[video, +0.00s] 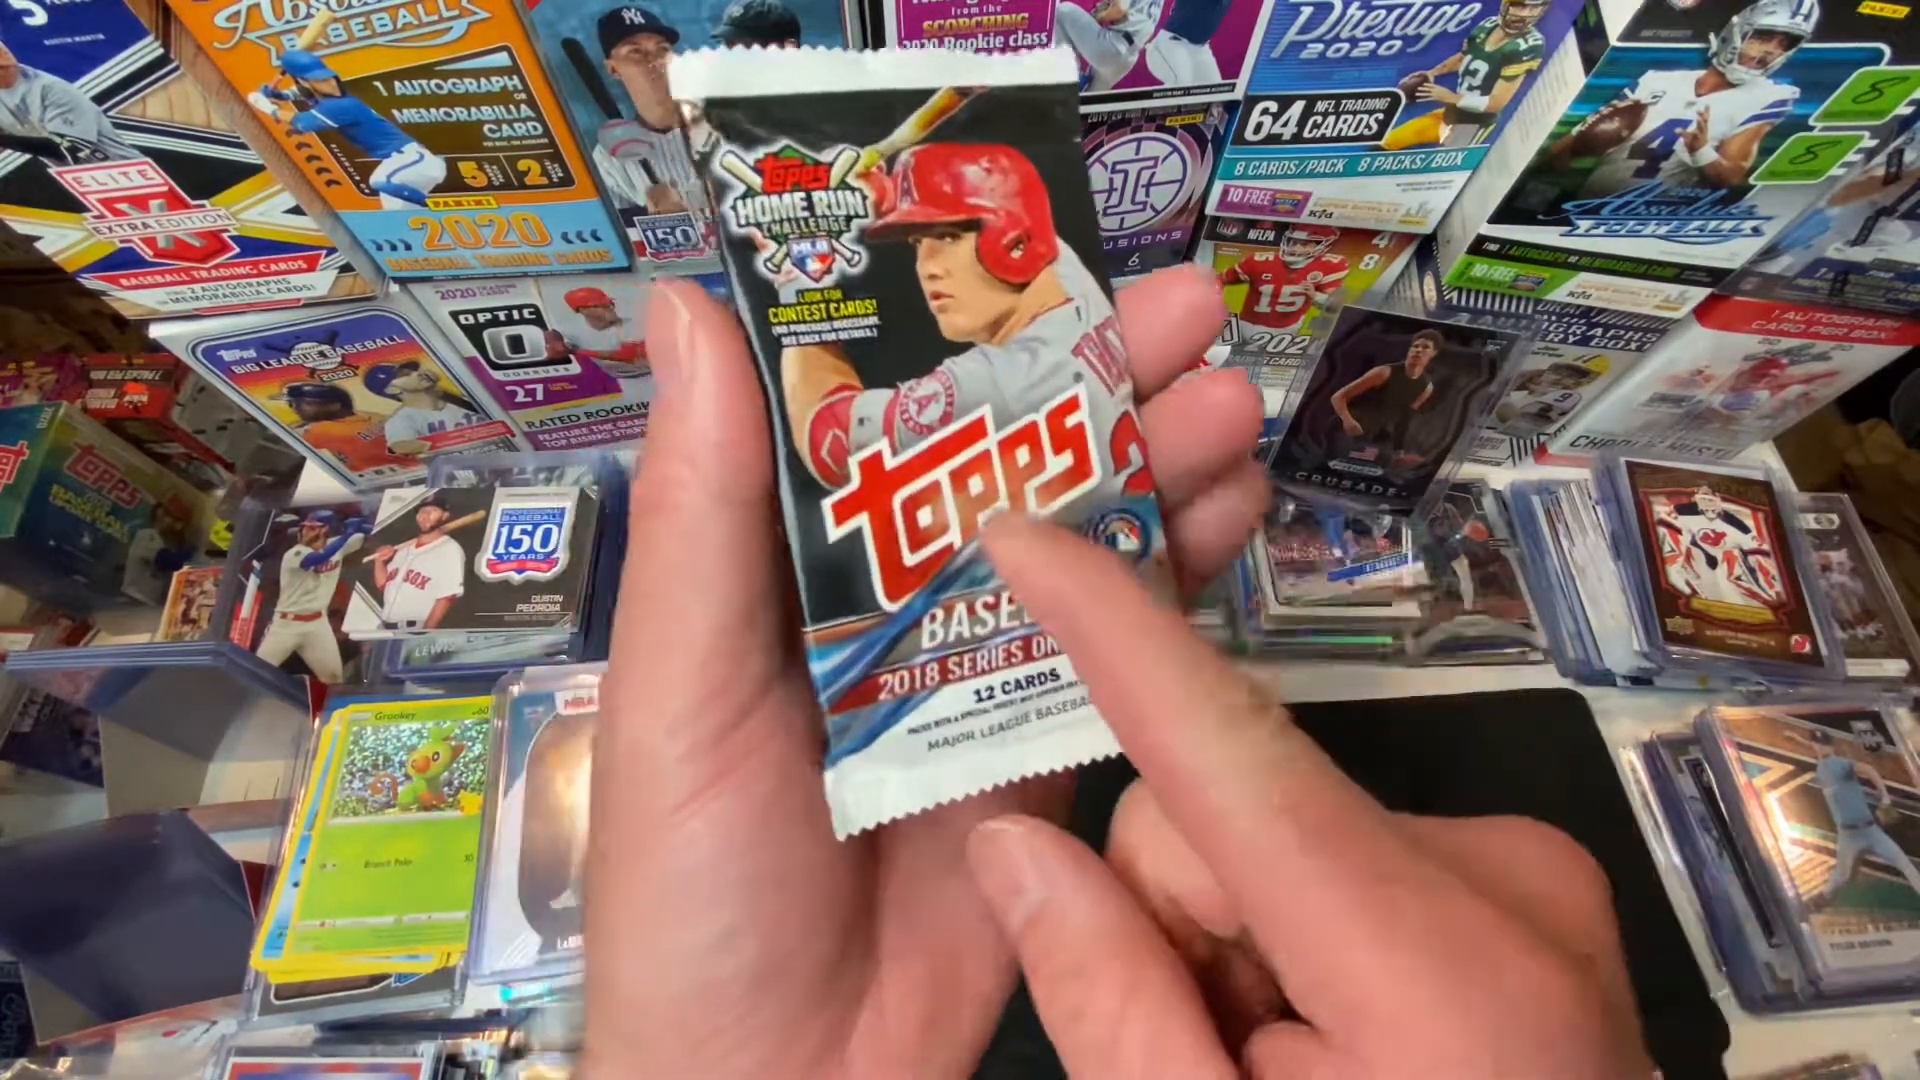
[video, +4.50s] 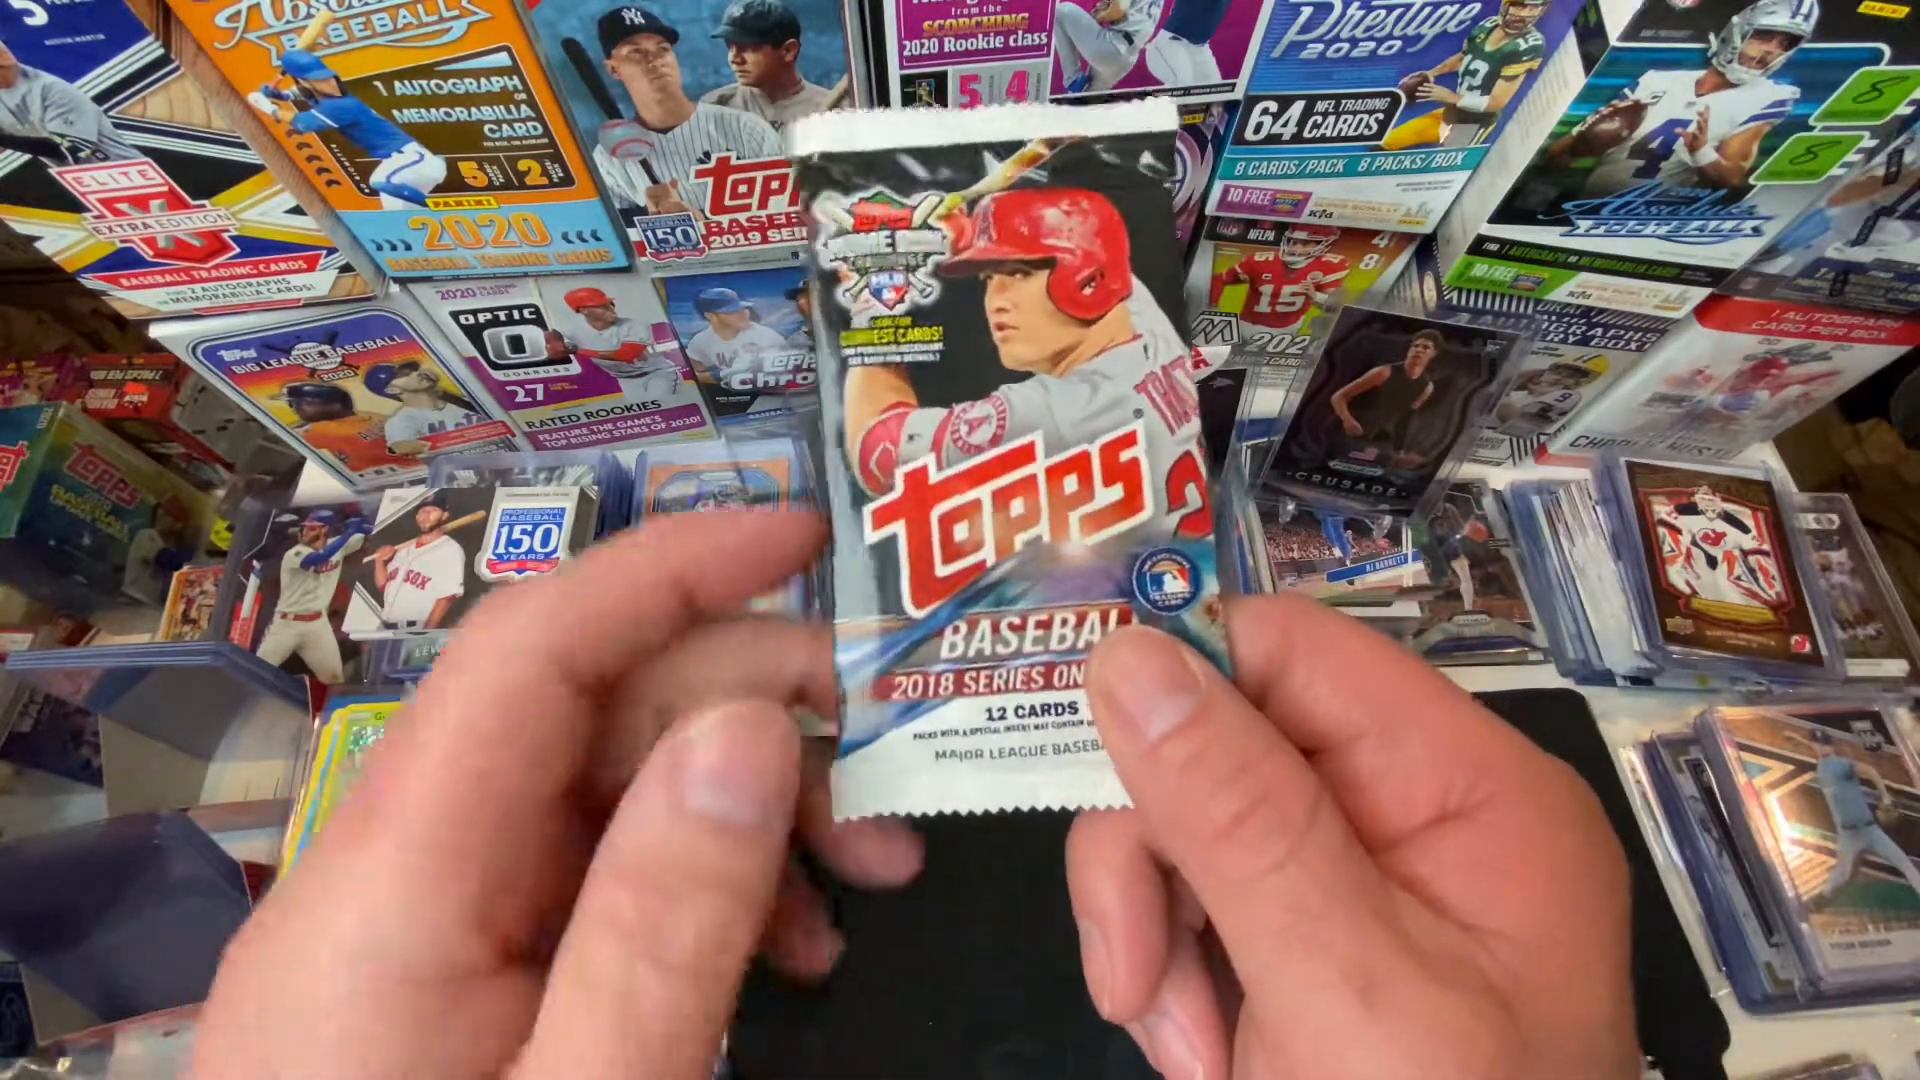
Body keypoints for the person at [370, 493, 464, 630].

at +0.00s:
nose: (425, 516)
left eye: (432, 511)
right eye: (422, 511)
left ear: (445, 516)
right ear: (416, 515)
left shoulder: (451, 550)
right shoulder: (405, 548)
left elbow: (446, 598)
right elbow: (383, 585)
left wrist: (425, 633)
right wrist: (379, 561)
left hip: (415, 630)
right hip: (385, 627)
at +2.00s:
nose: (426, 516)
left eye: (432, 511)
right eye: (422, 511)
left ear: (445, 516)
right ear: (416, 516)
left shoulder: (451, 550)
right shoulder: (404, 548)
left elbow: (447, 598)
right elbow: (382, 584)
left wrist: (425, 633)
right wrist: (380, 561)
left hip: (416, 631)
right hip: (386, 628)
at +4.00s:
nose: (425, 516)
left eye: (432, 511)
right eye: (422, 511)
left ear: (444, 516)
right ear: (416, 516)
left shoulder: (451, 550)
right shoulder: (406, 548)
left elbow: (446, 599)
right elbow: (382, 585)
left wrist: (424, 635)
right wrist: (379, 561)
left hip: (415, 631)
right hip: (386, 627)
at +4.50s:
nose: (425, 516)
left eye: (432, 511)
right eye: (422, 511)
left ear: (444, 516)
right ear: (416, 516)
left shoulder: (451, 549)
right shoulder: (405, 549)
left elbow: (446, 598)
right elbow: (382, 585)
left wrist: (424, 635)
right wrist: (379, 561)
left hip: (417, 631)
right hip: (386, 627)